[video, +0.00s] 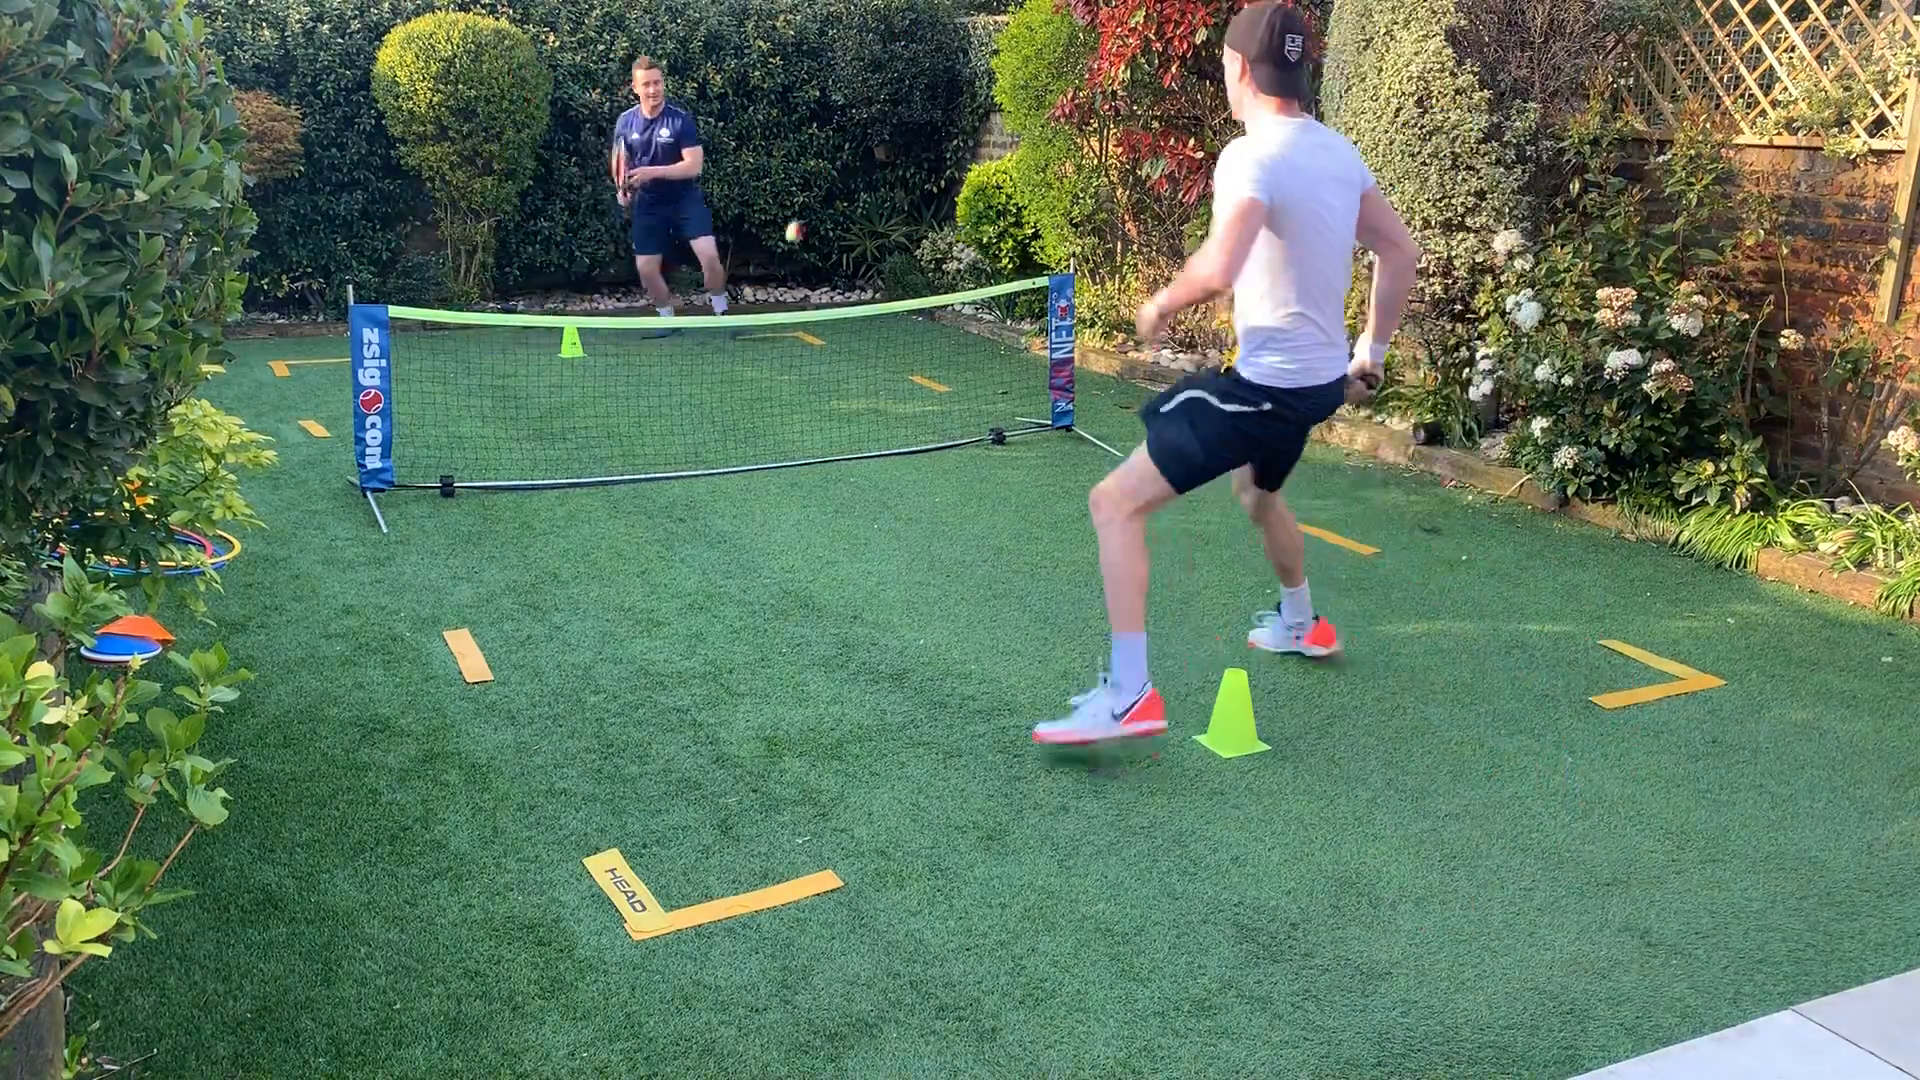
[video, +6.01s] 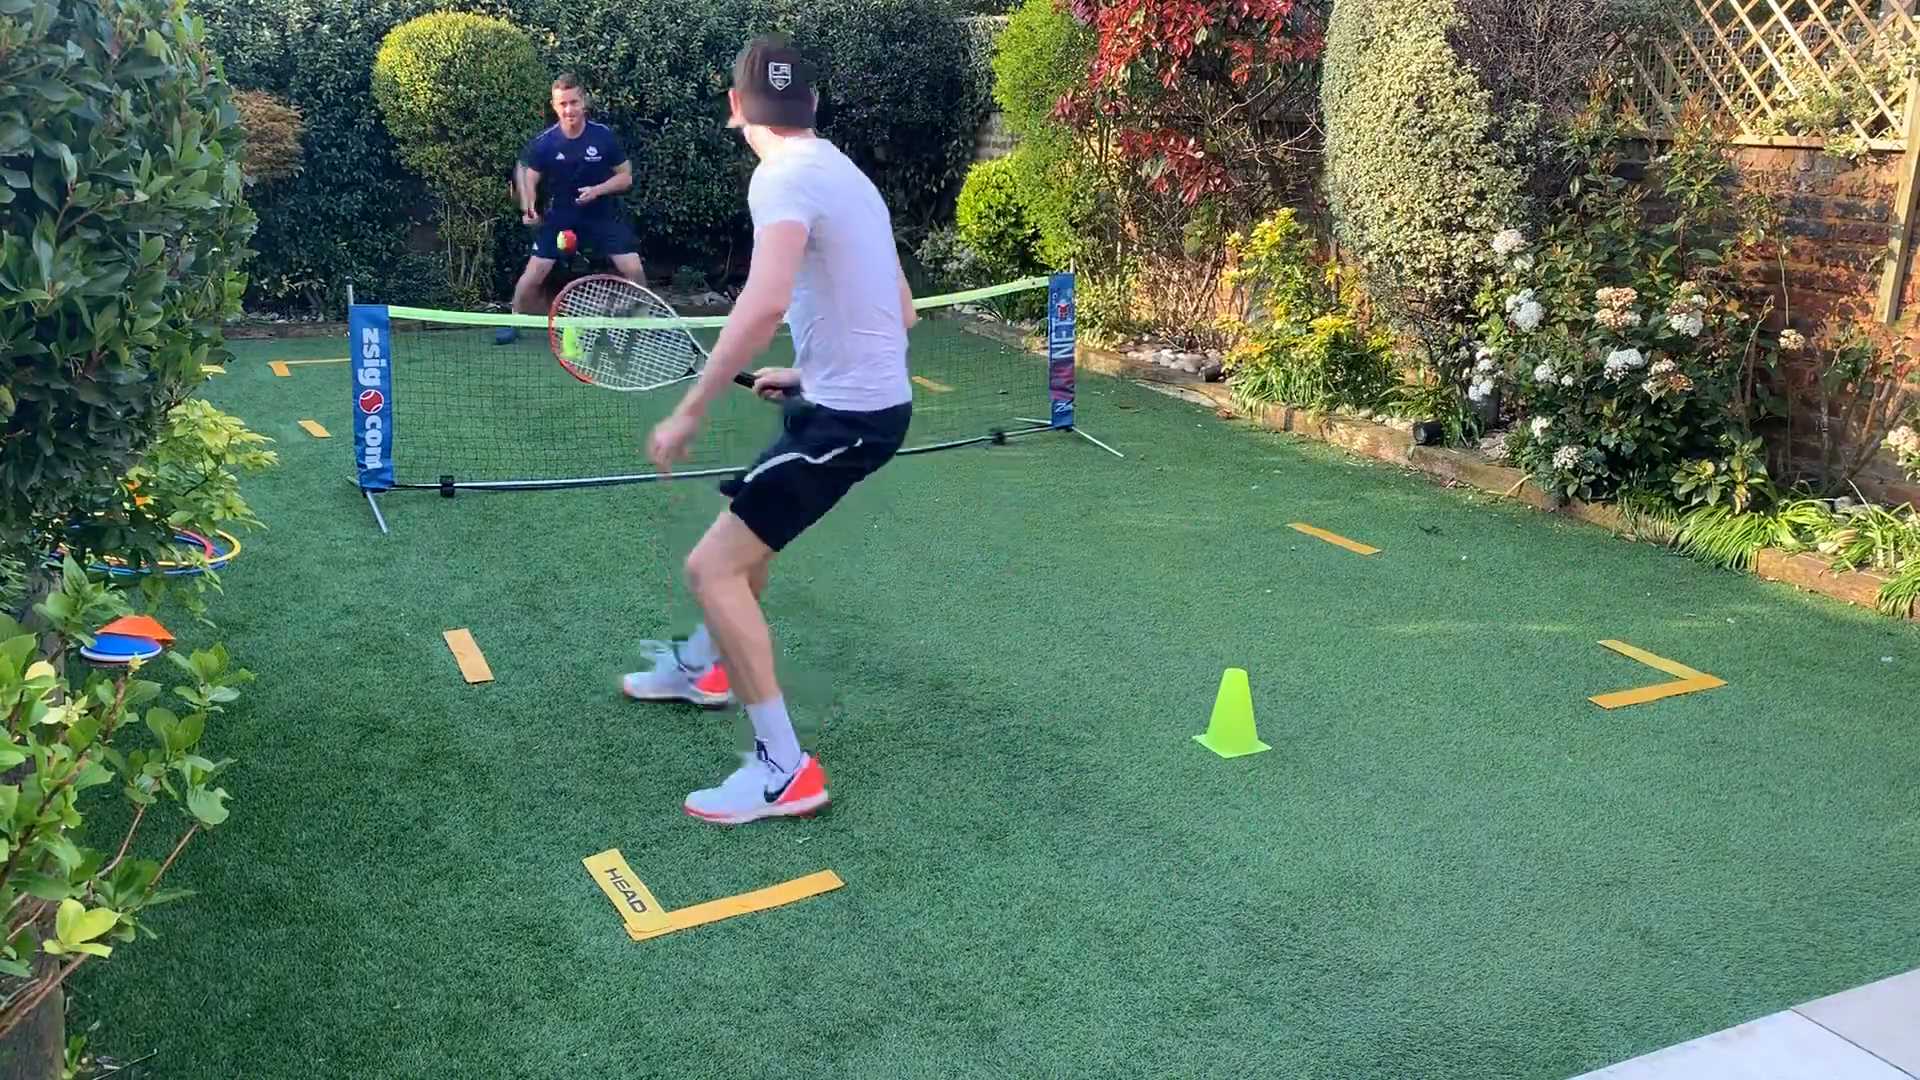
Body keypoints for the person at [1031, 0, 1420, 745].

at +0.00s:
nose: (1225, 82)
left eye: (1227, 69)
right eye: (1225, 69)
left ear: (1241, 71)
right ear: (1303, 71)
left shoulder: (1252, 154)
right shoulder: (1340, 153)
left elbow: (1217, 270)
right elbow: (1399, 248)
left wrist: (1160, 304)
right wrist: (1374, 346)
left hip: (1265, 383)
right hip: (1322, 378)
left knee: (1114, 501)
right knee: (1258, 492)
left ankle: (1127, 688)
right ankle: (1299, 618)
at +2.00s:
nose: (1313, 123)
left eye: (1311, 109)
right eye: (1313, 110)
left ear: (1327, 102)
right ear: (1378, 100)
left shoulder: (1359, 154)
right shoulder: (1421, 162)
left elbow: (1348, 281)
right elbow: (1432, 309)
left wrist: (1311, 387)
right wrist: (1379, 409)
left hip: (1461, 373)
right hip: (1494, 366)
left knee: (1392, 577)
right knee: (1388, 506)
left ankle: (1490, 765)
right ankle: (1382, 679)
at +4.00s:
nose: (1225, 76)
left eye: (1228, 61)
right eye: (1230, 60)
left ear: (1245, 73)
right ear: (1316, 74)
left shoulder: (1229, 181)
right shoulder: (1379, 174)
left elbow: (1211, 341)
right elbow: (1447, 319)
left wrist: (1198, 402)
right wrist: (1390, 402)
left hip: (1321, 442)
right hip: (1406, 435)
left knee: (1232, 654)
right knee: (1307, 579)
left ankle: (1277, 892)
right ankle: (1385, 773)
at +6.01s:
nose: (730, 107)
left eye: (731, 97)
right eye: (735, 96)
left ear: (739, 107)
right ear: (809, 103)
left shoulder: (787, 176)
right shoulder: (842, 173)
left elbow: (765, 301)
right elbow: (899, 310)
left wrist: (689, 414)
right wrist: (805, 373)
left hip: (846, 410)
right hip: (865, 400)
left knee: (712, 571)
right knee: (744, 529)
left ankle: (783, 765)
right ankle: (707, 661)